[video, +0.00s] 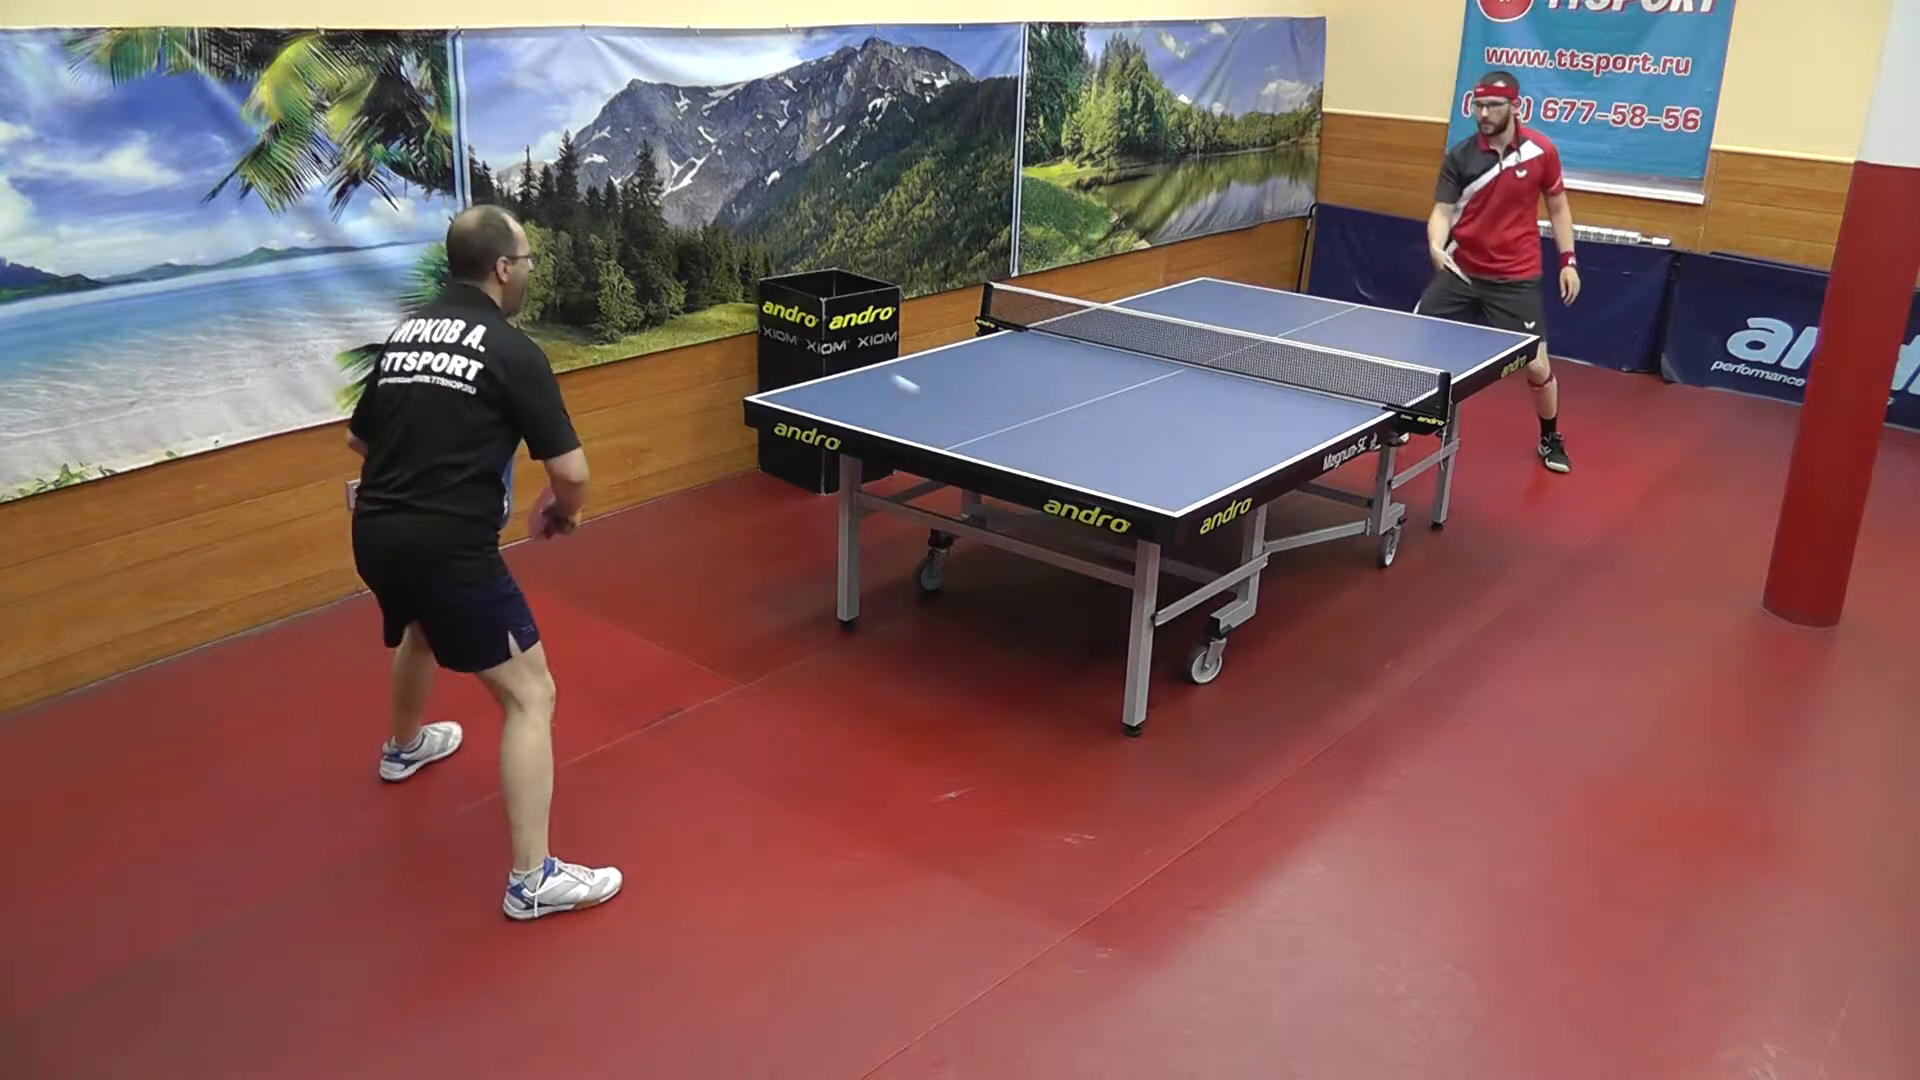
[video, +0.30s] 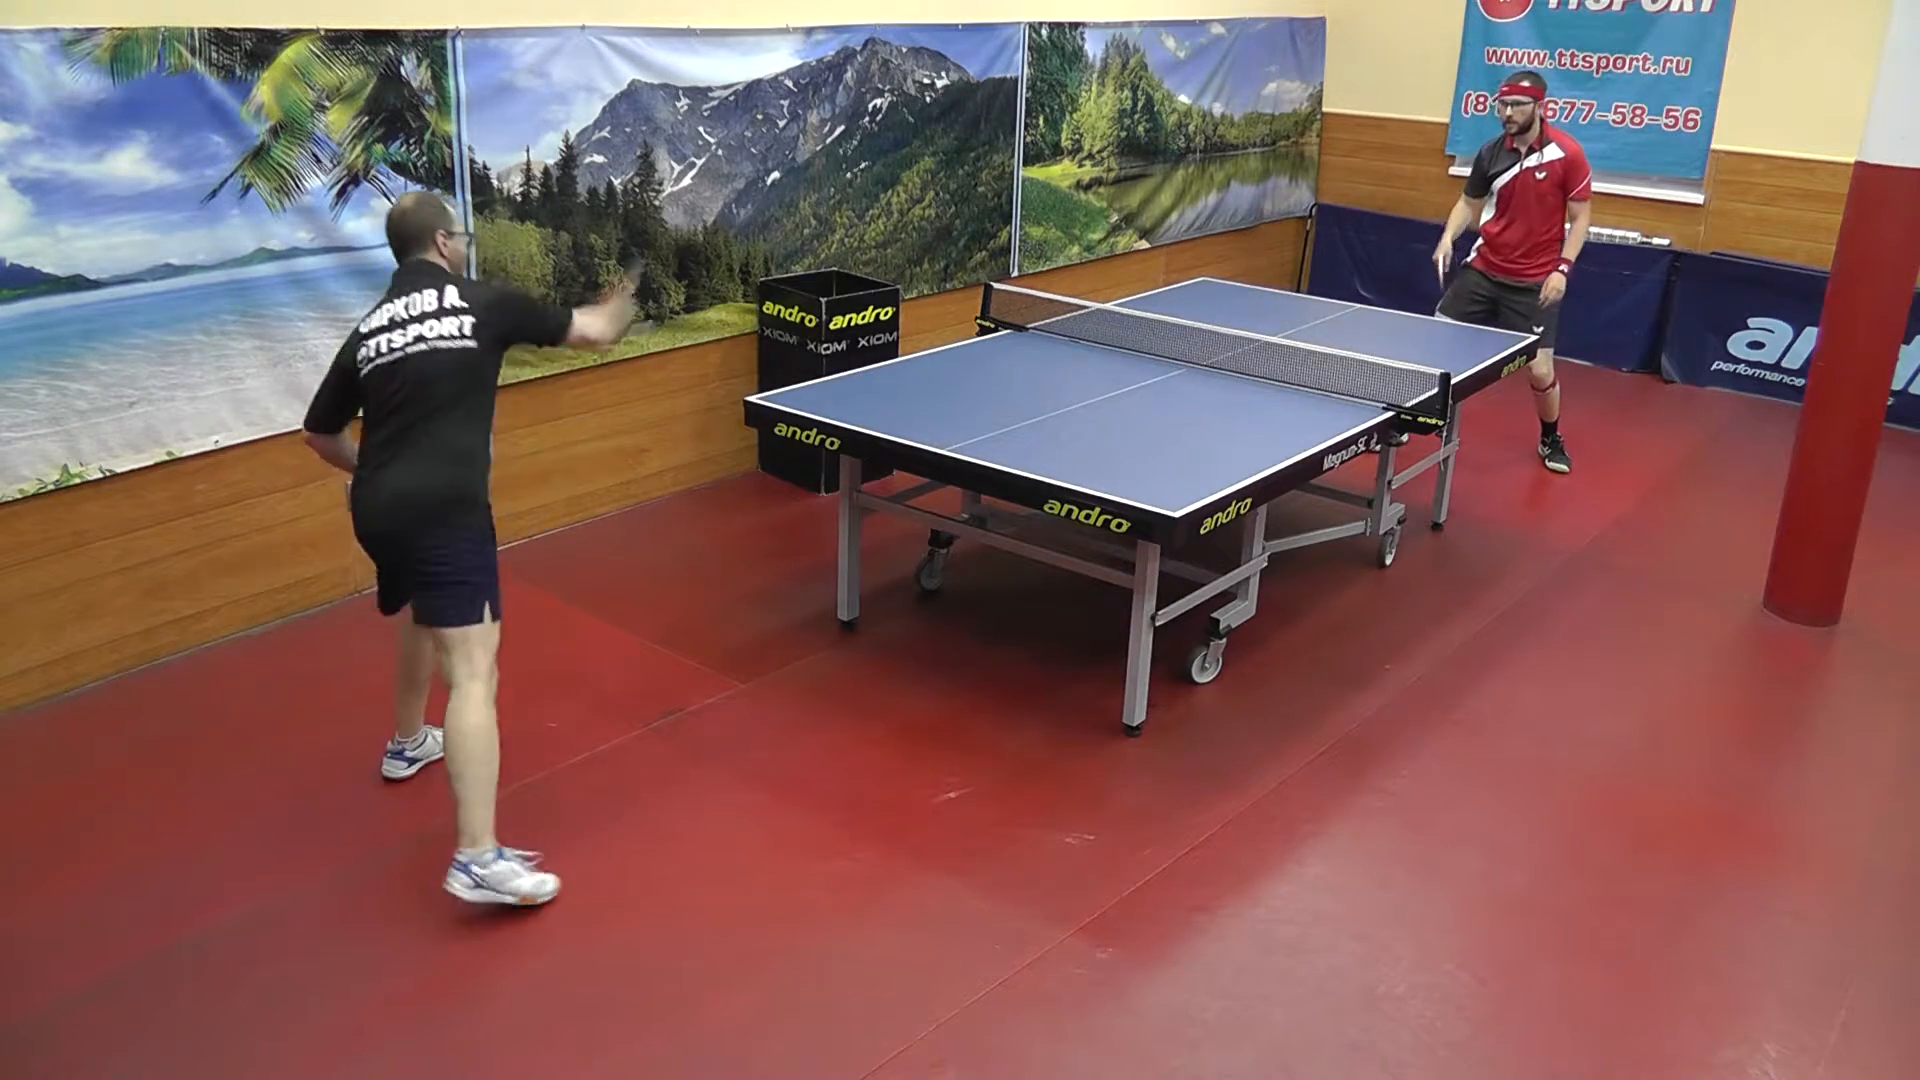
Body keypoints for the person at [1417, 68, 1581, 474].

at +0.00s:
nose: (1484, 114)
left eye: (1493, 106)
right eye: (1479, 106)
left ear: (1514, 107)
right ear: (1472, 107)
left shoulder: (1541, 153)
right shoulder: (1460, 156)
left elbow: (1558, 207)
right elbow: (1443, 211)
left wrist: (1568, 262)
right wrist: (1436, 247)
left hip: (1516, 281)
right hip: (1459, 274)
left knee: (1537, 368)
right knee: (1415, 342)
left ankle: (1550, 437)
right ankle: (1414, 410)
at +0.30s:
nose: (1508, 113)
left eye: (1517, 105)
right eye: (1503, 105)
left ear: (1540, 107)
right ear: (1498, 106)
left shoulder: (1568, 156)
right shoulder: (1490, 155)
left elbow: (1580, 219)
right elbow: (1468, 203)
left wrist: (1562, 270)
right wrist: (1447, 238)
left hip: (1536, 282)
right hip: (1481, 271)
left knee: (1541, 373)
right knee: (1435, 341)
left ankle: (1551, 439)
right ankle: (1415, 412)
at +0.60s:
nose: (1503, 119)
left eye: (1513, 111)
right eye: (1498, 110)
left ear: (1532, 111)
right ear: (1492, 109)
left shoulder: (1560, 155)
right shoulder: (1482, 153)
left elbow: (1573, 215)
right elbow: (1446, 201)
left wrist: (1564, 268)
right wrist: (1449, 221)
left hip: (1533, 282)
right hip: (1478, 271)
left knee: (1543, 370)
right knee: (1428, 337)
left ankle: (1551, 439)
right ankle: (1411, 412)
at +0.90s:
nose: (1507, 119)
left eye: (1515, 111)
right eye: (1501, 110)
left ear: (1534, 107)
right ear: (1494, 109)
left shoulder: (1558, 147)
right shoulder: (1481, 152)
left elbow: (1579, 197)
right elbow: (1449, 198)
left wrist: (1601, 247)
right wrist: (1428, 227)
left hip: (1534, 275)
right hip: (1476, 269)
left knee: (1549, 365)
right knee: (1429, 342)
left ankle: (1551, 438)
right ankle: (1404, 416)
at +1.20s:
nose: (1509, 111)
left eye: (1519, 103)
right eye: (1504, 103)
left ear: (1540, 104)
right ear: (1498, 103)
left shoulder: (1565, 148)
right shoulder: (1484, 151)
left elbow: (1579, 203)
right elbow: (1460, 207)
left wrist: (1591, 261)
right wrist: (1443, 254)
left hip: (1534, 275)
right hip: (1477, 268)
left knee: (1546, 366)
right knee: (1431, 340)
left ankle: (1551, 438)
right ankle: (1408, 413)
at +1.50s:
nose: (1509, 110)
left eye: (1519, 102)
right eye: (1505, 102)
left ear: (1540, 105)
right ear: (1499, 103)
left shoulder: (1565, 152)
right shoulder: (1486, 150)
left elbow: (1579, 212)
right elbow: (1459, 198)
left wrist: (1573, 270)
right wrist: (1438, 223)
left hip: (1531, 280)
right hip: (1476, 269)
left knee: (1541, 370)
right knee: (1430, 338)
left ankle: (1550, 438)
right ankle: (1416, 411)